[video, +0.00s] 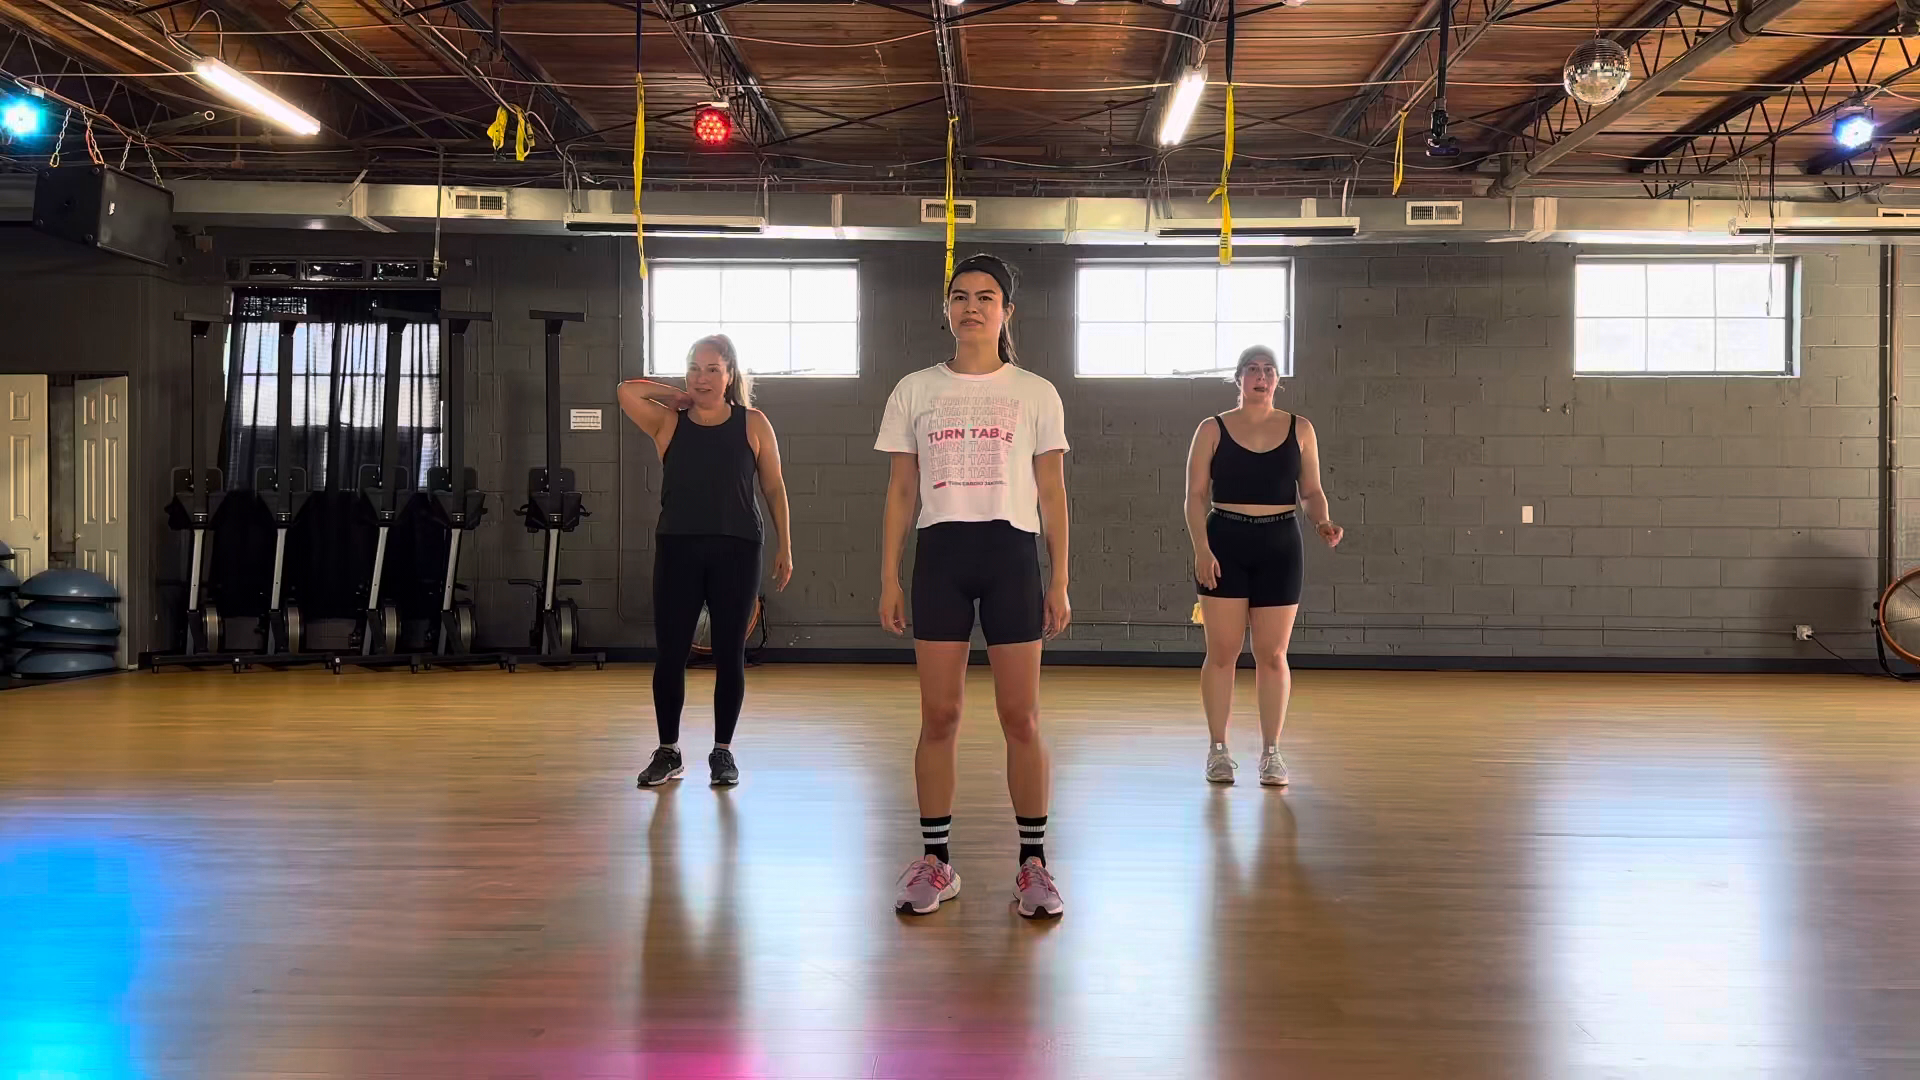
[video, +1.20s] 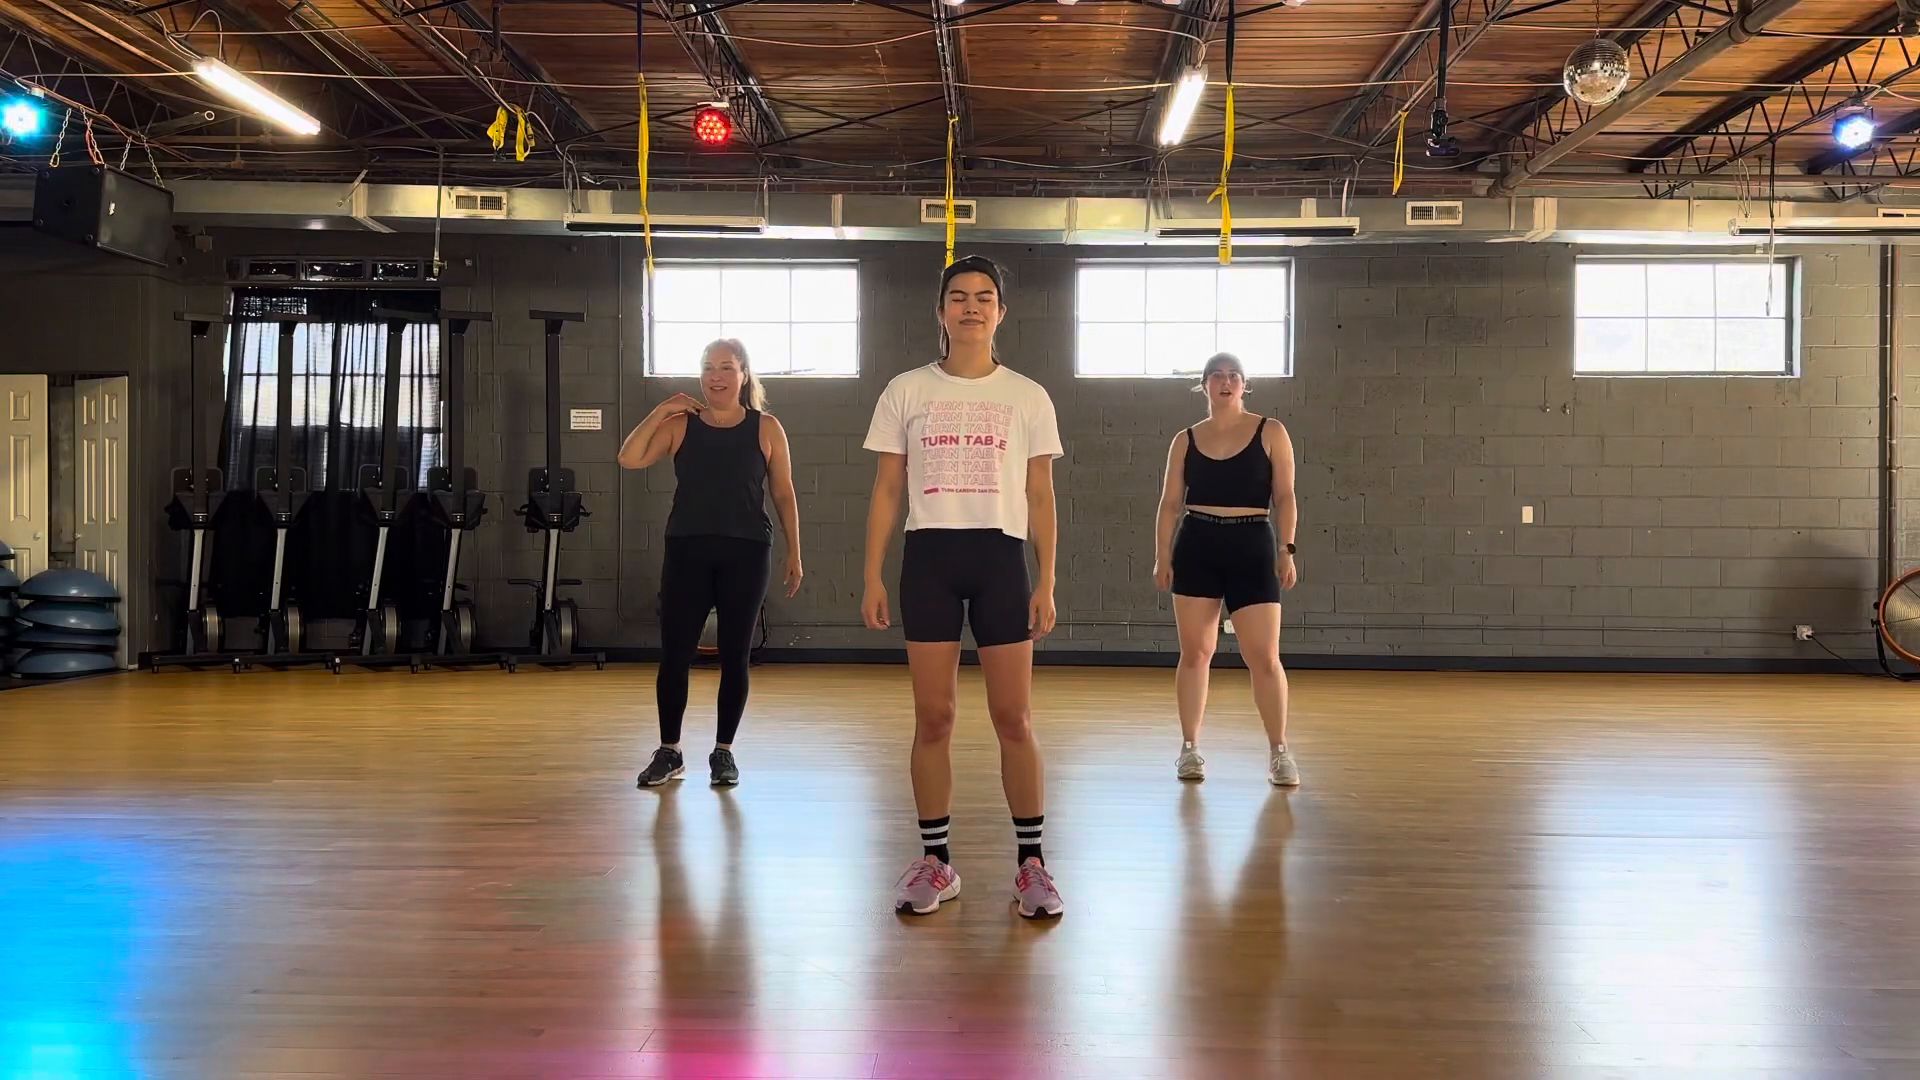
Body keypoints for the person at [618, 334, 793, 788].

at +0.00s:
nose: (703, 376)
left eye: (713, 369)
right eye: (696, 369)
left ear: (730, 375)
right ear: (688, 375)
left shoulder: (754, 423)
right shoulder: (666, 422)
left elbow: (775, 489)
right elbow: (625, 390)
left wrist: (784, 548)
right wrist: (671, 392)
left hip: (736, 552)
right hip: (677, 551)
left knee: (729, 654)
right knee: (670, 653)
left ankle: (722, 751)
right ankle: (667, 750)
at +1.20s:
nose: (717, 376)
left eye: (727, 368)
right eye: (710, 368)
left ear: (745, 376)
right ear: (701, 376)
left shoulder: (766, 427)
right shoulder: (681, 422)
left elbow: (784, 493)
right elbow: (630, 458)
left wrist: (794, 552)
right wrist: (659, 410)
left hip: (745, 553)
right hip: (687, 550)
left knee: (734, 654)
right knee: (675, 652)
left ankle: (723, 750)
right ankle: (668, 750)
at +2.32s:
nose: (724, 373)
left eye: (734, 366)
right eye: (717, 366)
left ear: (752, 375)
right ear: (708, 376)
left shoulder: (775, 428)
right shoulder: (688, 422)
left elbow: (806, 489)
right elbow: (653, 484)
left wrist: (811, 548)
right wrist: (667, 462)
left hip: (750, 554)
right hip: (691, 551)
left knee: (737, 656)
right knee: (675, 651)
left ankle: (723, 750)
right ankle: (669, 746)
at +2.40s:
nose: (726, 373)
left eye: (735, 366)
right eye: (719, 367)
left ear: (754, 376)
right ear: (710, 377)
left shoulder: (777, 430)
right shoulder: (688, 423)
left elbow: (800, 497)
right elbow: (660, 482)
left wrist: (819, 559)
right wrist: (667, 499)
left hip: (752, 556)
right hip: (693, 553)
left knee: (739, 657)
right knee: (679, 651)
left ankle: (724, 751)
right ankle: (669, 733)